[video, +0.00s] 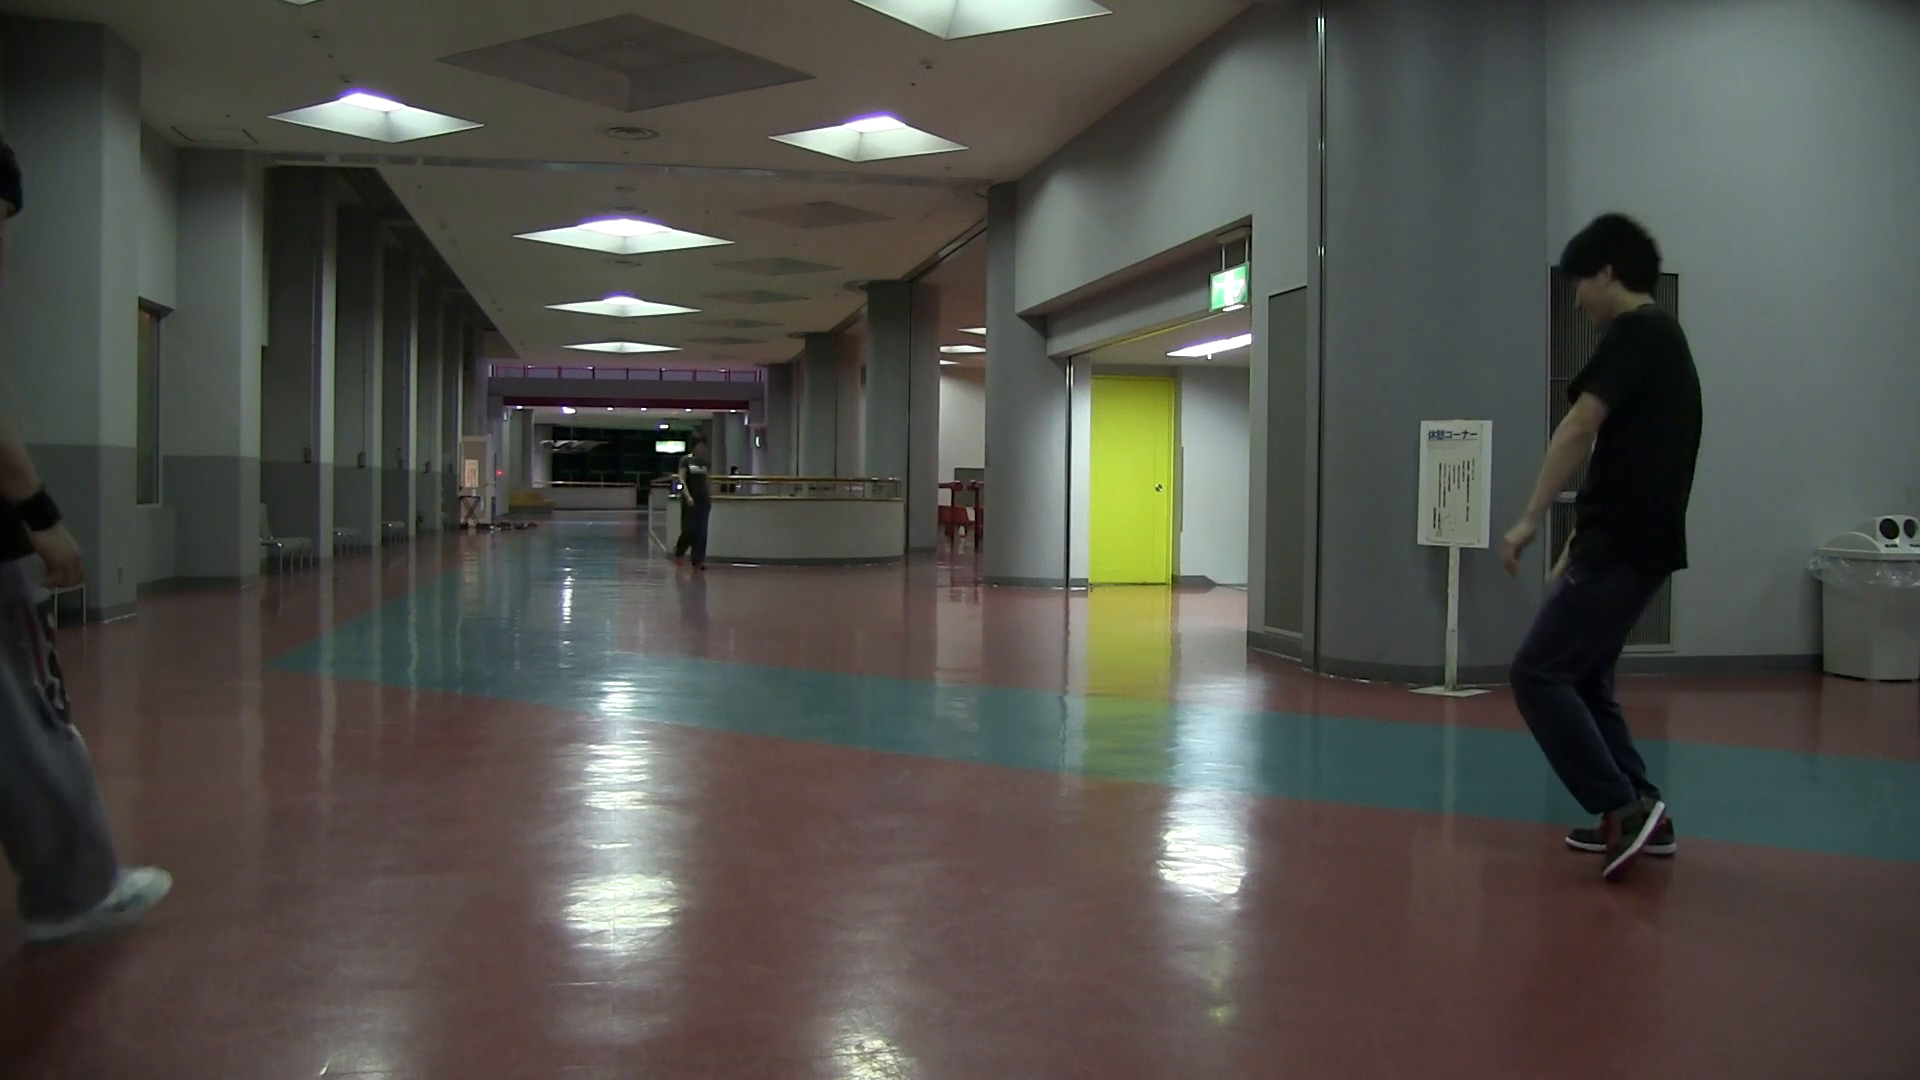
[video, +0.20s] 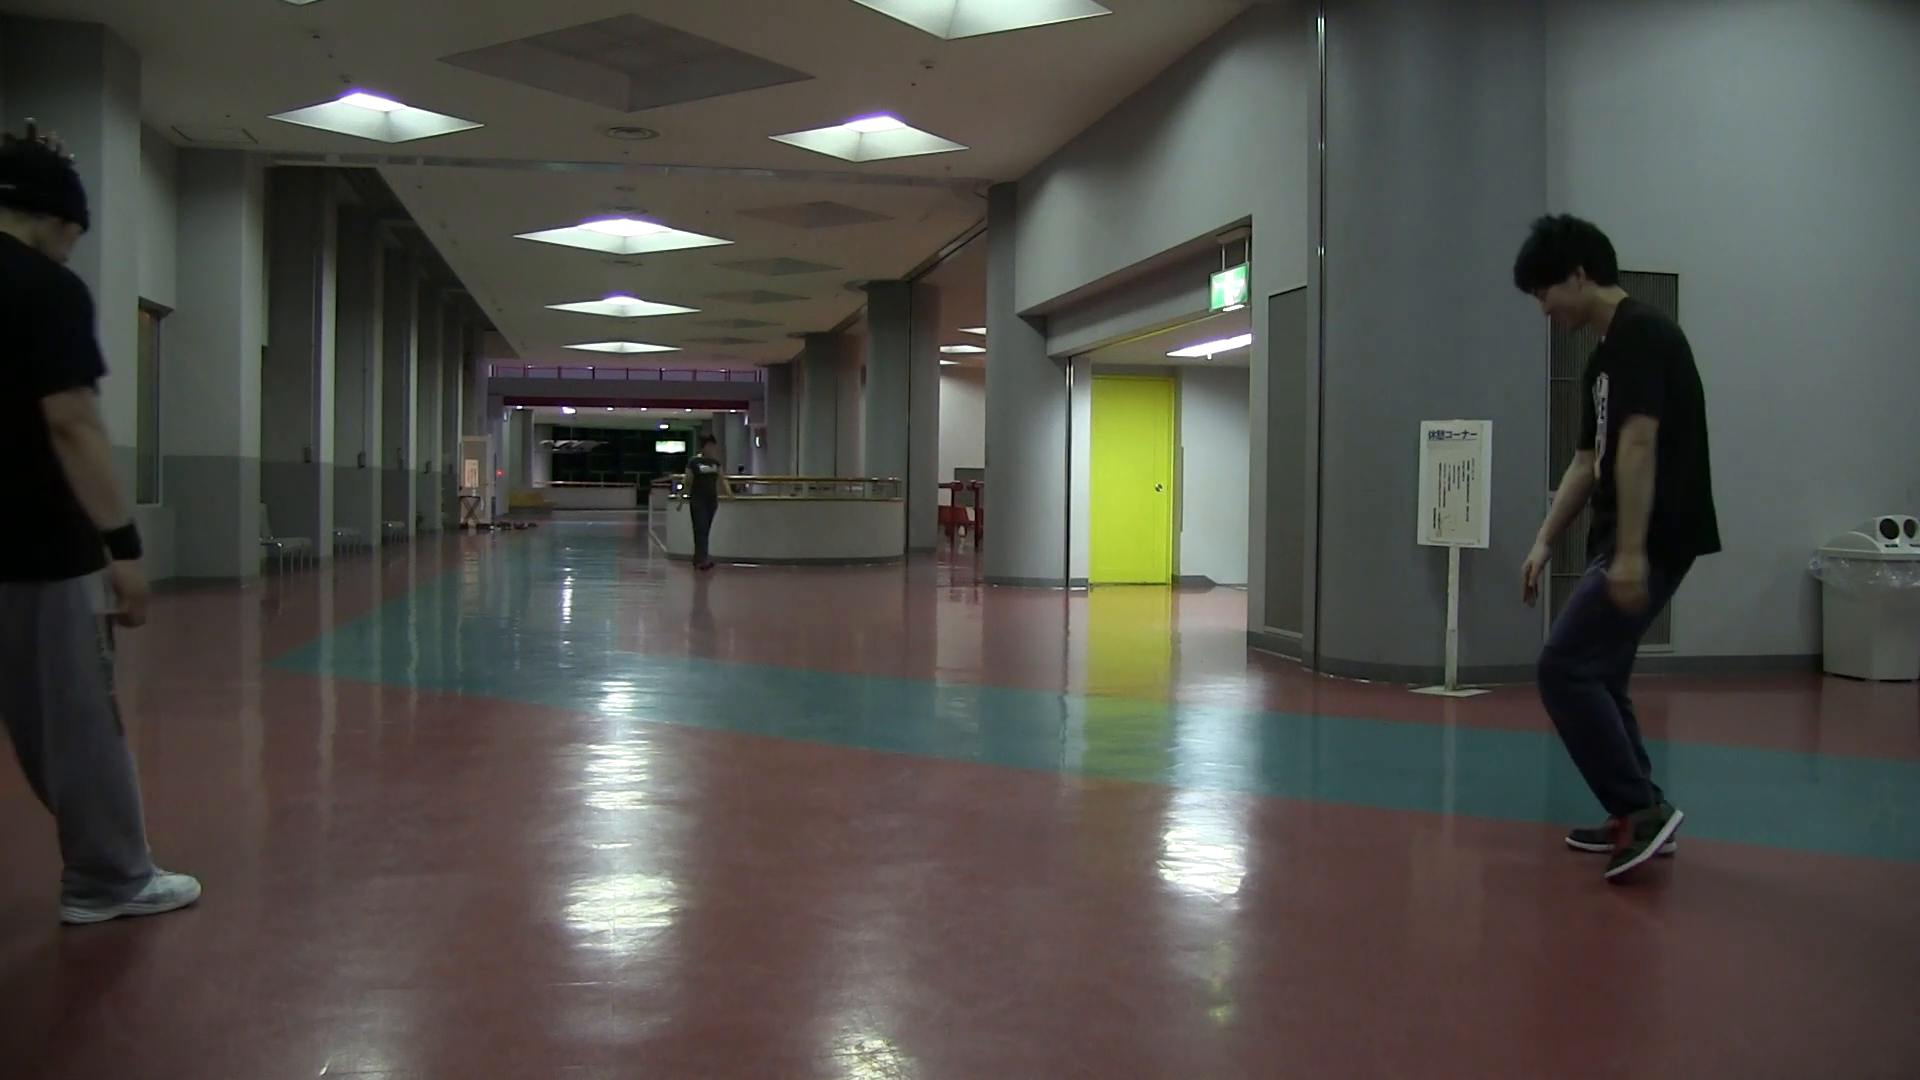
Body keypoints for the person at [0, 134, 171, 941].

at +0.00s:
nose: (6, 236)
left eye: (8, 219)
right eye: (6, 219)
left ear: (8, 214)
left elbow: (3, 438)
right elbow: (0, 436)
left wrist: (39, 519)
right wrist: (42, 519)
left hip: (6, 552)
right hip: (3, 555)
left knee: (25, 707)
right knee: (24, 707)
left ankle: (68, 881)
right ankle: (68, 885)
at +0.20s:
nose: (74, 245)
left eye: (75, 231)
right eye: (73, 230)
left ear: (8, 208)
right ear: (55, 219)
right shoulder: (45, 286)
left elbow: (69, 425)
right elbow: (69, 421)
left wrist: (112, 544)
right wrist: (123, 546)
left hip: (20, 542)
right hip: (32, 546)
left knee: (58, 709)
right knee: (69, 709)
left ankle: (103, 869)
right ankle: (109, 875)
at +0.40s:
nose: (141, 251)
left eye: (144, 238)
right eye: (143, 236)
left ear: (61, 203)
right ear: (127, 222)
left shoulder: (9, 257)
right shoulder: (130, 293)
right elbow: (171, 427)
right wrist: (221, 540)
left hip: (15, 529)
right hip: (106, 533)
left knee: (8, 699)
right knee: (119, 709)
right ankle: (109, 879)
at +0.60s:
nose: (195, 260)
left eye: (197, 247)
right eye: (197, 246)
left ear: (115, 216)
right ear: (182, 232)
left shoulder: (59, 269)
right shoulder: (186, 297)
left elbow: (77, 245)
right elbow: (230, 429)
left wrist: (118, 187)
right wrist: (299, 490)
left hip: (67, 513)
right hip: (154, 525)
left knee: (65, 685)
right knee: (143, 699)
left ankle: (41, 855)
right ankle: (113, 879)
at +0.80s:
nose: (238, 275)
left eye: (241, 263)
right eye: (239, 262)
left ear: (173, 226)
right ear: (228, 248)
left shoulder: (108, 284)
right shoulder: (217, 305)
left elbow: (146, 268)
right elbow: (270, 423)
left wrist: (171, 224)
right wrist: (371, 428)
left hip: (113, 517)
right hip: (188, 528)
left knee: (141, 685)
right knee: (164, 700)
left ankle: (205, 803)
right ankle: (108, 882)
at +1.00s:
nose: (276, 288)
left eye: (280, 274)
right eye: (278, 272)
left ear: (212, 244)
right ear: (257, 258)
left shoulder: (160, 300)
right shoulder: (240, 313)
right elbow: (290, 416)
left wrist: (212, 242)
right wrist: (390, 413)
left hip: (184, 522)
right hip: (236, 528)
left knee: (223, 682)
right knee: (207, 691)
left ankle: (257, 824)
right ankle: (119, 862)